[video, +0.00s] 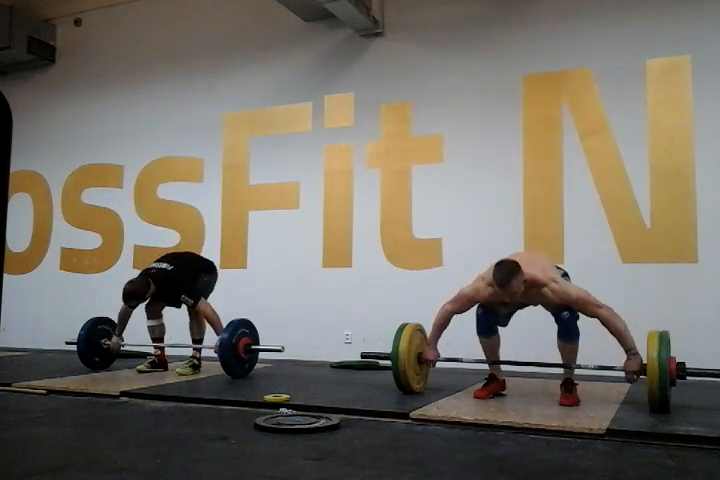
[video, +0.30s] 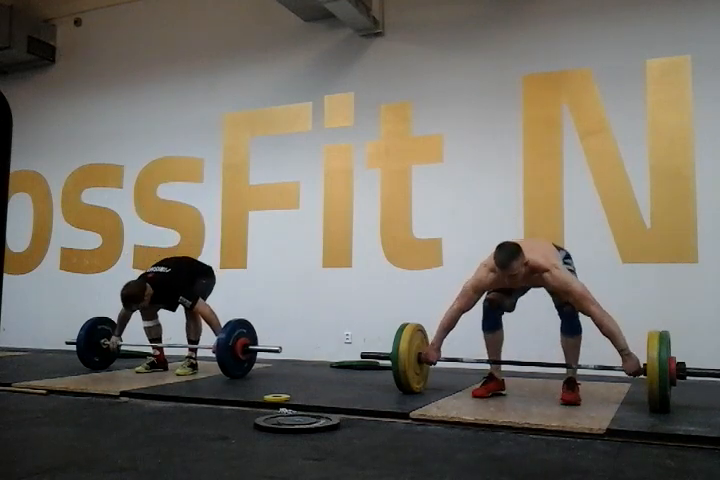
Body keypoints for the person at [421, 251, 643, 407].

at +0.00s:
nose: (512, 299)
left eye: (516, 292)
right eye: (507, 293)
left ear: (523, 283)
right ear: (495, 287)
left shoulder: (549, 286)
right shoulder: (481, 289)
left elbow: (603, 312)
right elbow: (447, 310)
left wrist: (633, 353)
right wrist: (431, 346)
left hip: (552, 277)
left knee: (568, 320)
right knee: (485, 319)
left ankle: (568, 383)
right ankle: (495, 379)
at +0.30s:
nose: (510, 280)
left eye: (514, 274)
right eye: (505, 276)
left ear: (524, 264)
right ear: (496, 270)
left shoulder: (550, 272)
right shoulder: (487, 274)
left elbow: (595, 310)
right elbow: (458, 307)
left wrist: (626, 353)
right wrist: (434, 345)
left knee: (570, 313)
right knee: (491, 308)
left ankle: (570, 382)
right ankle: (495, 378)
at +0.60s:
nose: (512, 270)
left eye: (516, 264)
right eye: (505, 266)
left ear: (527, 254)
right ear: (497, 260)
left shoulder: (550, 273)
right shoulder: (488, 273)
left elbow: (595, 309)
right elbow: (460, 306)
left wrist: (625, 353)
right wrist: (435, 344)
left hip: (549, 303)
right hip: (511, 304)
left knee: (571, 318)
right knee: (481, 314)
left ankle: (570, 383)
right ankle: (495, 379)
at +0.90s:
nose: (511, 260)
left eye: (516, 254)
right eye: (506, 256)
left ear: (527, 245)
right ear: (499, 251)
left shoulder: (551, 268)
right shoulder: (489, 268)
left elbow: (593, 307)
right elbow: (461, 302)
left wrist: (624, 349)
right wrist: (436, 339)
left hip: (549, 299)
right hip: (510, 300)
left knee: (571, 315)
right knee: (479, 312)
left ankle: (570, 383)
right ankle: (494, 379)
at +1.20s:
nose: (511, 219)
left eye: (515, 213)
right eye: (506, 215)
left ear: (528, 207)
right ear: (500, 213)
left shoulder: (550, 229)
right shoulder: (492, 231)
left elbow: (593, 268)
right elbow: (463, 266)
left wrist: (624, 309)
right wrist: (436, 303)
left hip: (555, 265)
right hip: (517, 265)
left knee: (574, 312)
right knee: (488, 308)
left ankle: (571, 383)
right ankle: (494, 378)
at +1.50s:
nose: (519, 144)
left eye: (524, 138)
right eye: (514, 139)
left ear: (537, 135)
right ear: (509, 138)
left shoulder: (559, 170)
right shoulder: (499, 173)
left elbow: (597, 204)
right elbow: (468, 207)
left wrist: (626, 241)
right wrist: (442, 239)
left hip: (554, 243)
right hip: (519, 244)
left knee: (562, 307)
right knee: (504, 307)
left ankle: (569, 381)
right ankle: (495, 378)